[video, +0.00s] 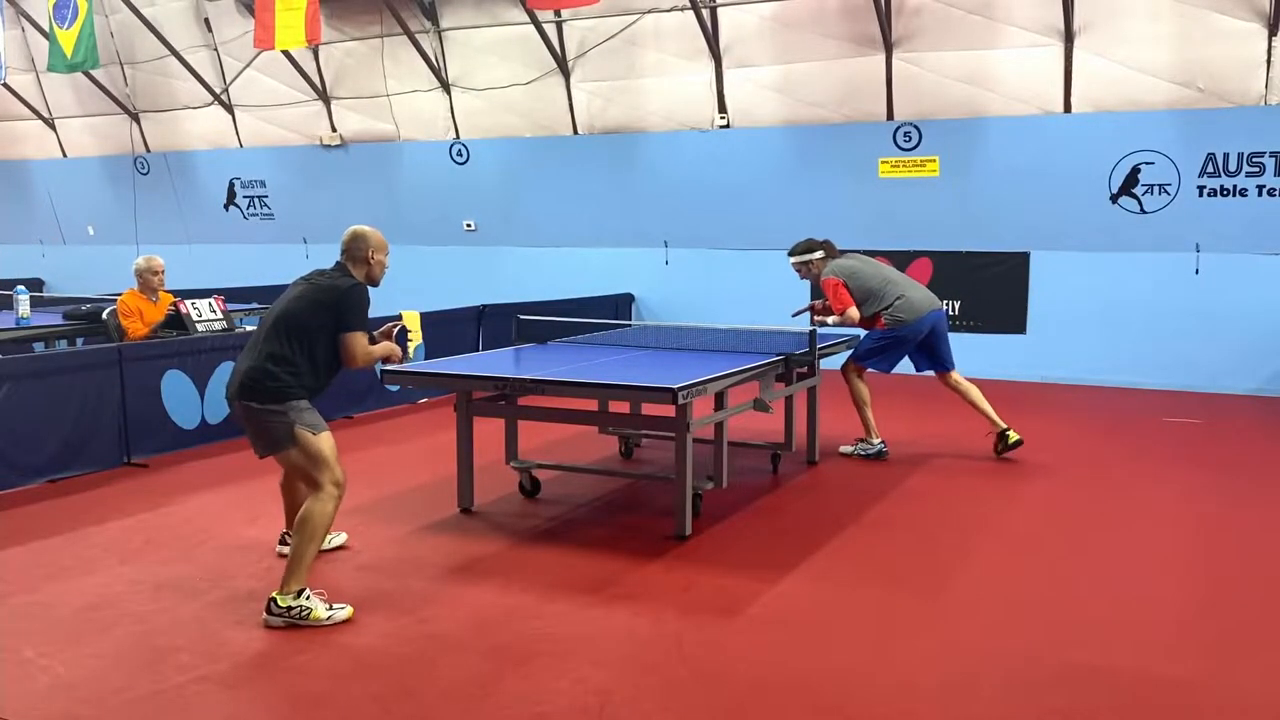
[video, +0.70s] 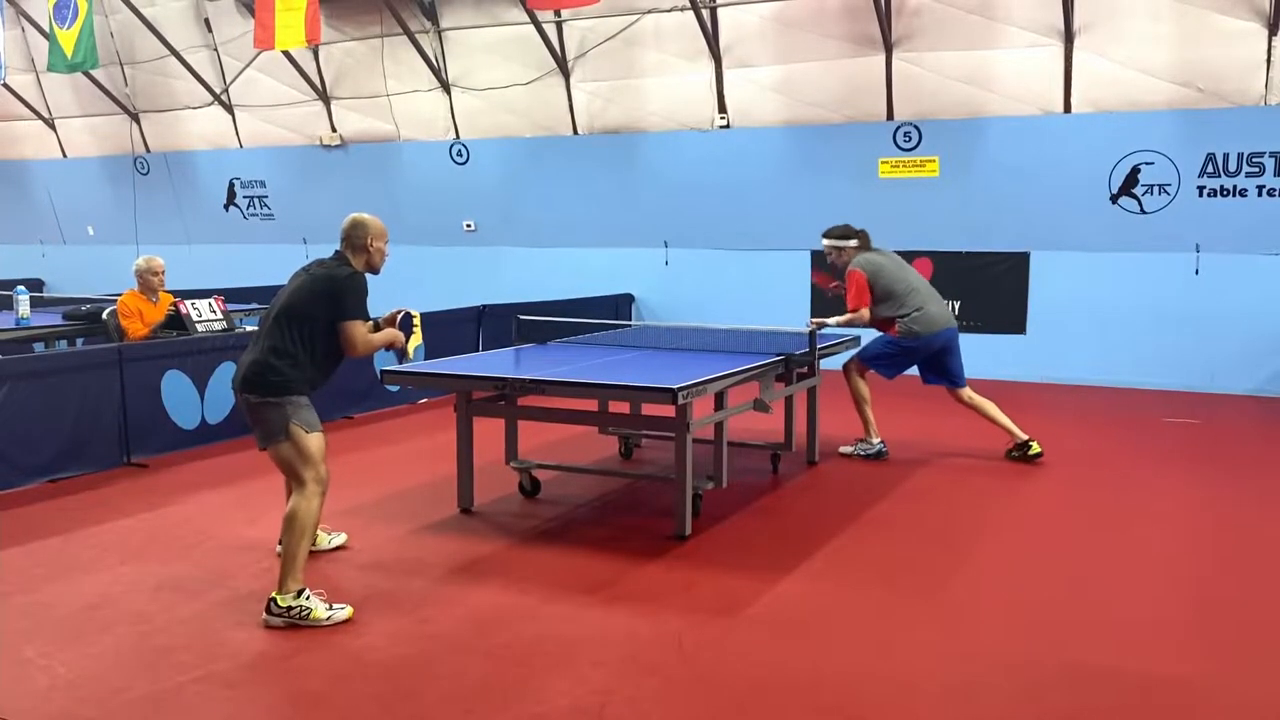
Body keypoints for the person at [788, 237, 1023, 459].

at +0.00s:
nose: (800, 276)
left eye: (800, 269)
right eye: (797, 270)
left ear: (815, 263)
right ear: (823, 257)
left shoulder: (830, 275)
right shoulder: (853, 260)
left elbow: (852, 316)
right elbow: (869, 305)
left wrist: (829, 318)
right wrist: (831, 306)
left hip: (902, 318)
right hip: (933, 309)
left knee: (852, 371)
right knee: (950, 377)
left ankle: (873, 441)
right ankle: (1003, 430)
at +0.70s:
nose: (828, 259)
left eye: (830, 253)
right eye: (827, 254)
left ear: (847, 248)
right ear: (854, 245)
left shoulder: (856, 267)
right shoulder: (885, 256)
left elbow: (861, 317)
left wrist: (831, 321)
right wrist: (852, 318)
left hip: (916, 330)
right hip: (946, 325)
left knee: (853, 369)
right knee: (963, 393)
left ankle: (872, 441)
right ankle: (1023, 440)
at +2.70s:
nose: (835, 245)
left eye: (840, 240)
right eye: (831, 241)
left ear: (850, 241)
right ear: (826, 243)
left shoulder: (873, 266)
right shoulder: (819, 271)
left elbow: (894, 292)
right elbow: (796, 304)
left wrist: (880, 316)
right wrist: (817, 318)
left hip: (868, 327)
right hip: (832, 330)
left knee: (904, 358)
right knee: (799, 358)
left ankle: (930, 412)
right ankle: (791, 399)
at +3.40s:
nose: (831, 224)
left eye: (836, 220)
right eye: (827, 220)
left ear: (847, 222)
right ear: (823, 224)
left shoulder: (866, 250)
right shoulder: (817, 253)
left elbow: (885, 283)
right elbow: (797, 282)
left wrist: (863, 310)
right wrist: (797, 298)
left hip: (872, 313)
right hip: (838, 313)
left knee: (894, 353)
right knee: (803, 344)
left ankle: (918, 407)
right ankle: (786, 397)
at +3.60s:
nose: (794, 241)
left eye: (798, 236)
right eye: (790, 237)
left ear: (809, 236)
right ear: (787, 239)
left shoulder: (832, 257)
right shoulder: (784, 265)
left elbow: (866, 274)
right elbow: (755, 286)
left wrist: (851, 290)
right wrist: (769, 295)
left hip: (849, 318)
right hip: (815, 319)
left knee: (877, 357)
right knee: (778, 345)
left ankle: (914, 407)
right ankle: (786, 393)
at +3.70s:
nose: (777, 245)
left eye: (782, 239)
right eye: (773, 241)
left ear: (792, 239)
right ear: (770, 243)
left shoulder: (814, 253)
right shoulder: (771, 267)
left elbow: (850, 264)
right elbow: (757, 278)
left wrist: (843, 292)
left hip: (836, 313)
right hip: (803, 318)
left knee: (869, 352)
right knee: (767, 347)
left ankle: (908, 402)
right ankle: (773, 394)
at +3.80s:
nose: (768, 239)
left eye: (772, 234)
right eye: (764, 236)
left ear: (783, 234)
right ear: (761, 239)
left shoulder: (805, 252)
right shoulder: (762, 262)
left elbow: (843, 263)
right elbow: (749, 279)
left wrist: (838, 293)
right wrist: (738, 291)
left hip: (828, 314)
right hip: (794, 317)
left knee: (865, 352)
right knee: (763, 346)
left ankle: (904, 399)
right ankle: (776, 393)